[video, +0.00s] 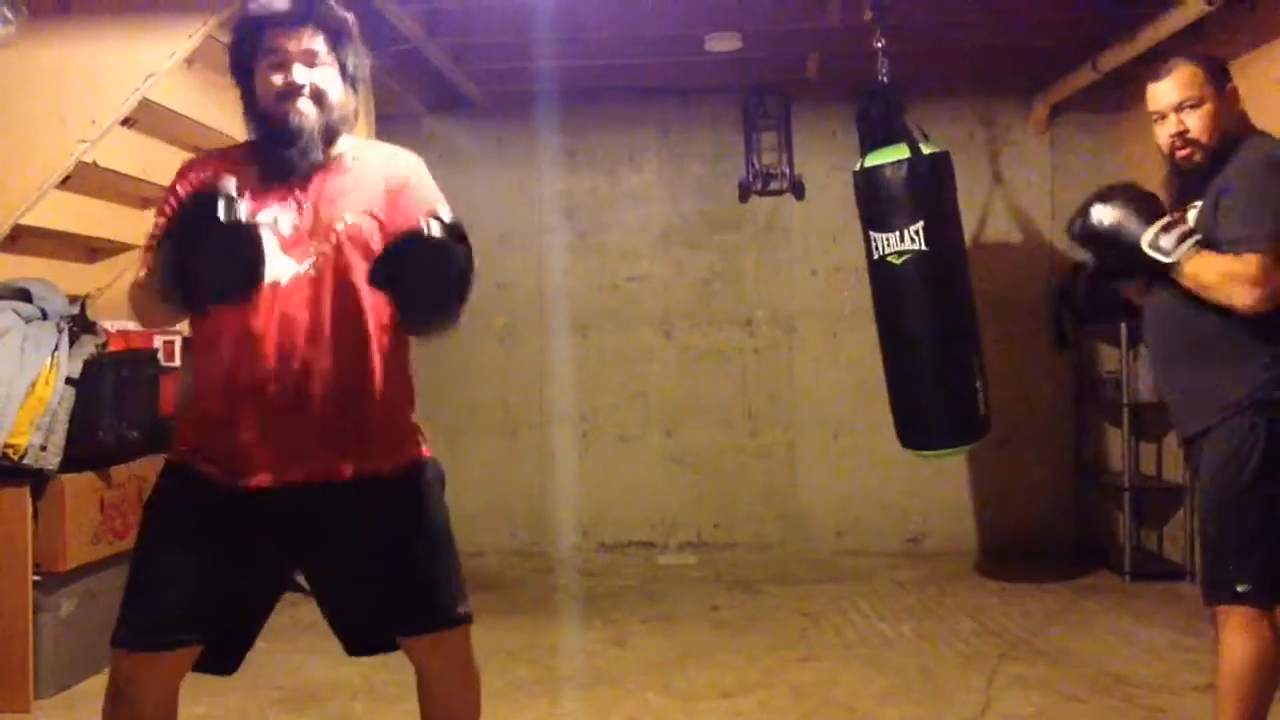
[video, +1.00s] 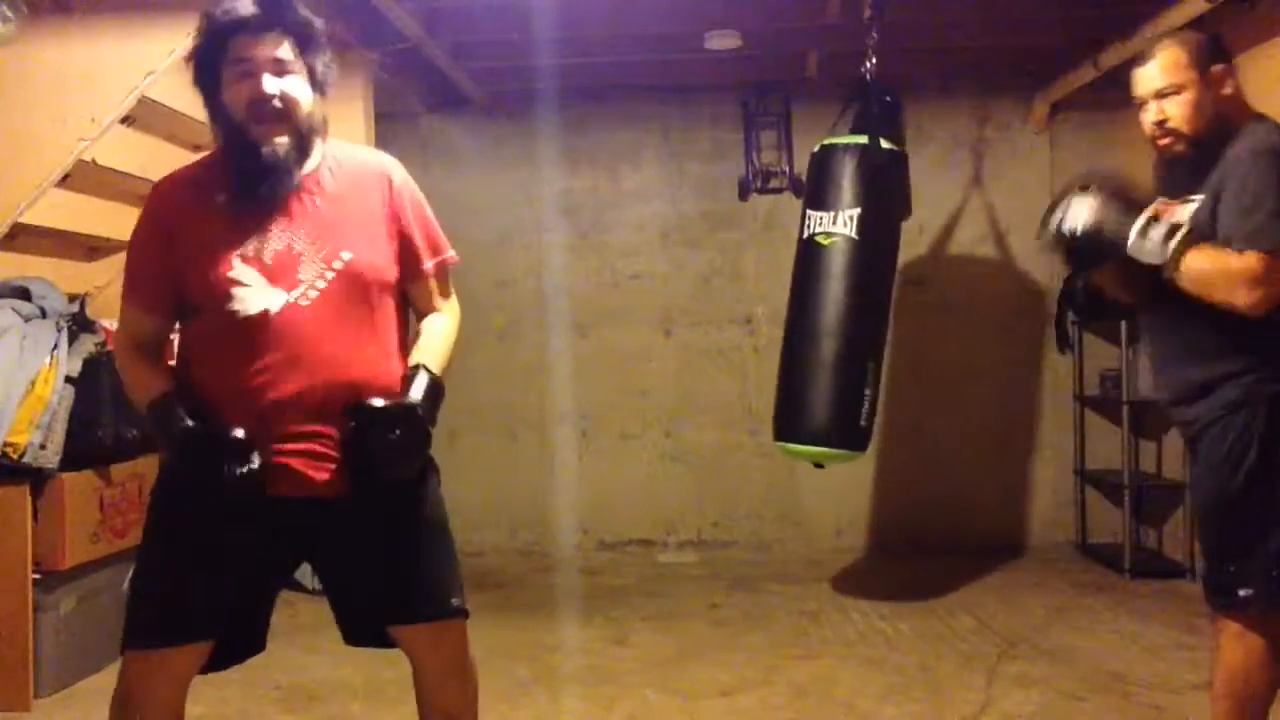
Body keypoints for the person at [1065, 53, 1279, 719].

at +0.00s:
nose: (1174, 129)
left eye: (1188, 108)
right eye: (1160, 117)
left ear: (1230, 98)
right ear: (1151, 122)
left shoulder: (1258, 164)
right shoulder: (1199, 184)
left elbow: (1256, 288)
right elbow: (1182, 305)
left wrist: (1166, 248)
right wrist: (1128, 270)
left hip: (1249, 421)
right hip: (1218, 422)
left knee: (1241, 605)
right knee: (1245, 601)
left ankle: (1236, 716)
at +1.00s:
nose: (1154, 117)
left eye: (1170, 94)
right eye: (1142, 103)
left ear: (1221, 83)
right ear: (1136, 107)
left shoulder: (1256, 152)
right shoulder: (1184, 168)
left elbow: (1255, 286)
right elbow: (1155, 289)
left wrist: (1144, 240)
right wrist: (1100, 253)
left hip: (1248, 414)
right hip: (1213, 415)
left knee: (1241, 609)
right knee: (1242, 604)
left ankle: (1235, 714)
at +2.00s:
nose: (1231, 115)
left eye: (1245, 95)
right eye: (1225, 102)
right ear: (1223, 110)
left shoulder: (1273, 195)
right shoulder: (1250, 196)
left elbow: (1279, 278)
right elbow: (1218, 288)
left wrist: (1225, 242)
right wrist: (1171, 253)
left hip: (1264, 424)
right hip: (1241, 423)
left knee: (1238, 605)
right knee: (1243, 603)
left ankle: (1226, 712)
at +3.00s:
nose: (1080, 108)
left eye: (1092, 87)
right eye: (1077, 92)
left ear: (1148, 77)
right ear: (1147, 83)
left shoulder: (1188, 148)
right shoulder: (1169, 150)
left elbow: (1156, 299)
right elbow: (1133, 287)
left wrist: (1029, 299)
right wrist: (1028, 296)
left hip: (1224, 425)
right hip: (1205, 421)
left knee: (1178, 612)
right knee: (1184, 608)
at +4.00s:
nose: (1061, 108)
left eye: (1070, 86)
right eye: (1059, 91)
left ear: (1126, 72)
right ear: (1127, 77)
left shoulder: (1165, 147)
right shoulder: (1151, 146)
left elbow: (1033, 257)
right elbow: (1042, 255)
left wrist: (932, 177)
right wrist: (931, 202)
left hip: (1213, 419)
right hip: (1197, 413)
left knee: (1131, 614)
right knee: (1145, 614)